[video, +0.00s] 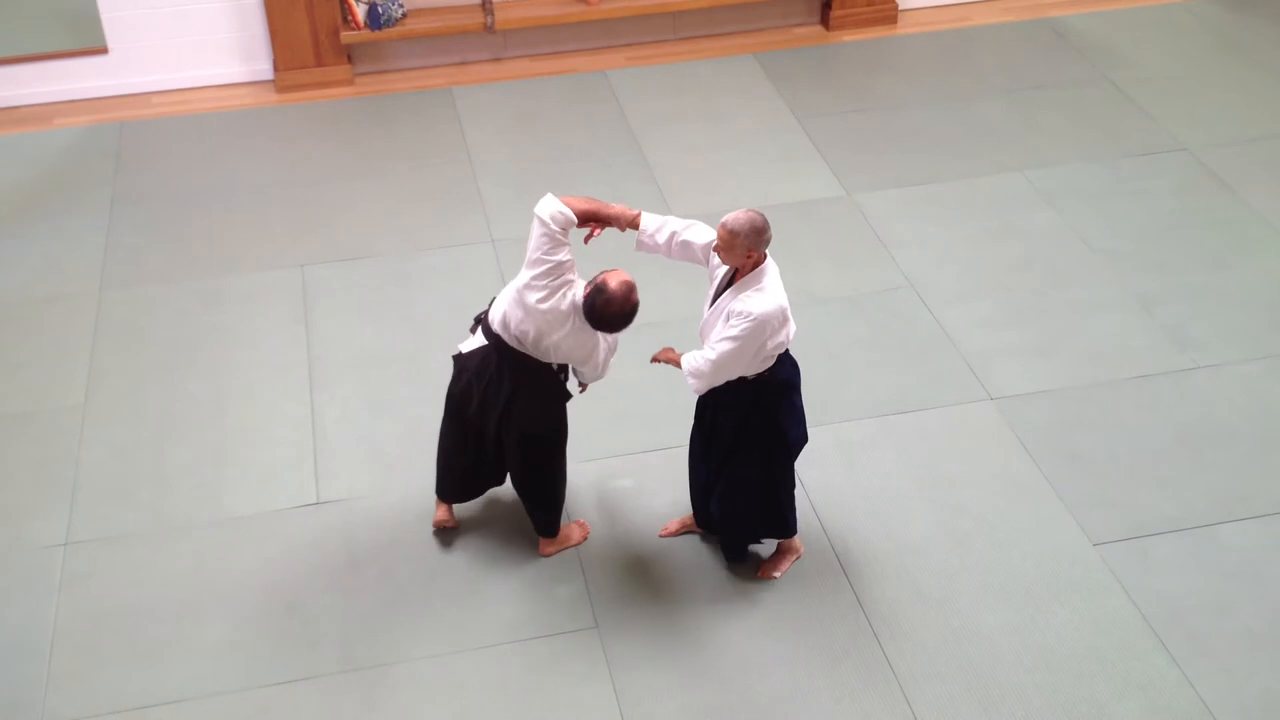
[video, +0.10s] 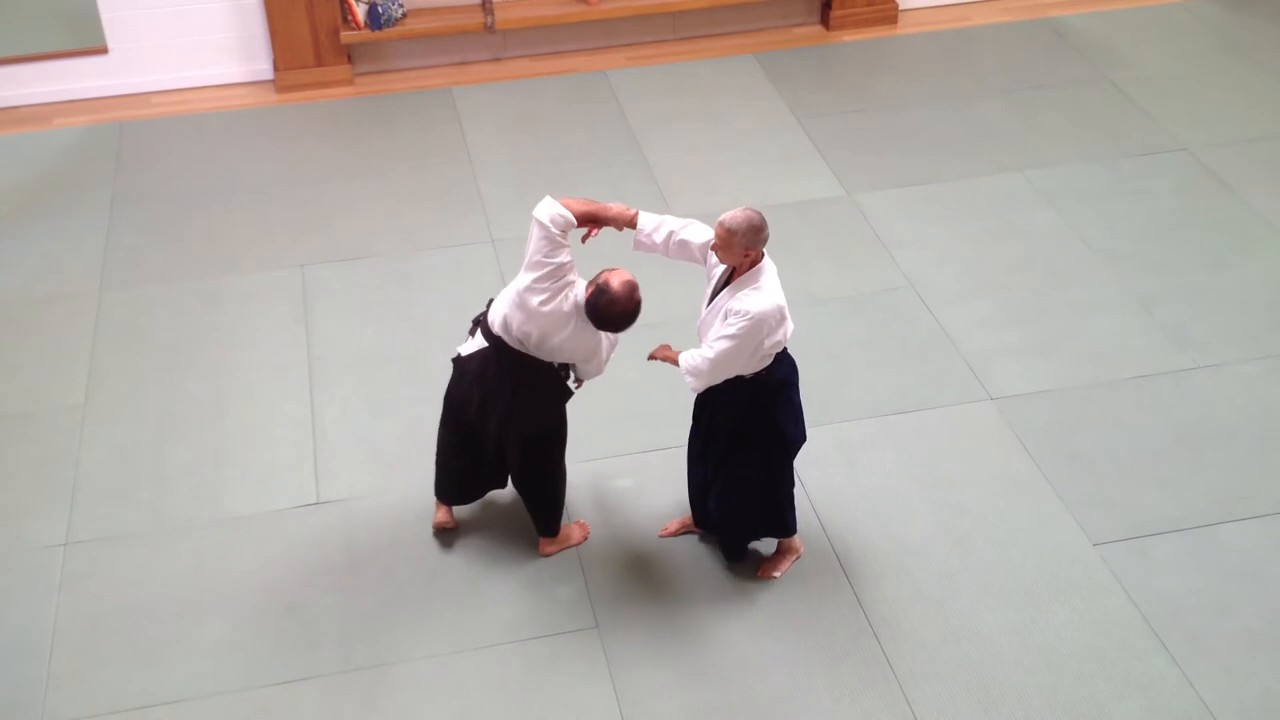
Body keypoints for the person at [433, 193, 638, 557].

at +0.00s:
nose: (620, 269)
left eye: (614, 276)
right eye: (629, 278)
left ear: (590, 286)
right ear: (618, 322)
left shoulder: (551, 268)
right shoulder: (599, 344)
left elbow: (554, 210)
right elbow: (588, 377)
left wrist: (609, 213)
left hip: (487, 356)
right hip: (539, 378)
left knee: (459, 429)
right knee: (543, 455)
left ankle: (443, 506)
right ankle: (549, 535)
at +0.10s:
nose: (619, 267)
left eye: (614, 274)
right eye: (630, 277)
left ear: (592, 286)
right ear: (618, 322)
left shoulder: (551, 269)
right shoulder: (602, 341)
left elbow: (553, 213)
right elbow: (586, 373)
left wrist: (607, 213)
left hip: (488, 357)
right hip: (541, 380)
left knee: (459, 429)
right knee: (543, 456)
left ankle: (443, 507)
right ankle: (550, 534)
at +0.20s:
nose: (620, 264)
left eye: (615, 272)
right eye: (631, 275)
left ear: (593, 287)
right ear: (621, 321)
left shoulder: (551, 270)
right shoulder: (603, 342)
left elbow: (553, 214)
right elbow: (583, 369)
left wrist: (608, 212)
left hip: (488, 358)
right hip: (543, 381)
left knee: (458, 431)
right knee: (543, 456)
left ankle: (444, 508)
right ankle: (550, 534)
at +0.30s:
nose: (622, 263)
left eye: (617, 270)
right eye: (632, 270)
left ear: (596, 287)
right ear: (622, 321)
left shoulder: (554, 271)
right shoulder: (603, 343)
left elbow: (555, 214)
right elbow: (578, 364)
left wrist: (607, 211)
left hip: (488, 360)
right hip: (543, 383)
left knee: (458, 433)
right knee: (544, 457)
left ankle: (445, 510)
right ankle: (551, 533)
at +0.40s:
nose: (624, 261)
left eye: (620, 269)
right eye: (634, 269)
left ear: (599, 285)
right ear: (623, 319)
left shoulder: (556, 269)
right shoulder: (604, 340)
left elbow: (559, 212)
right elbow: (581, 360)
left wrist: (609, 212)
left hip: (488, 360)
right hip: (544, 382)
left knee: (459, 433)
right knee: (545, 455)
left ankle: (446, 509)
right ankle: (553, 532)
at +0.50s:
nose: (624, 258)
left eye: (621, 266)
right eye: (634, 265)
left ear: (601, 282)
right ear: (624, 316)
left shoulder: (558, 266)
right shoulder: (604, 337)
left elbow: (561, 209)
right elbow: (579, 358)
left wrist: (613, 214)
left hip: (488, 358)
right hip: (544, 379)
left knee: (460, 432)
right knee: (546, 453)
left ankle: (446, 509)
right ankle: (553, 530)